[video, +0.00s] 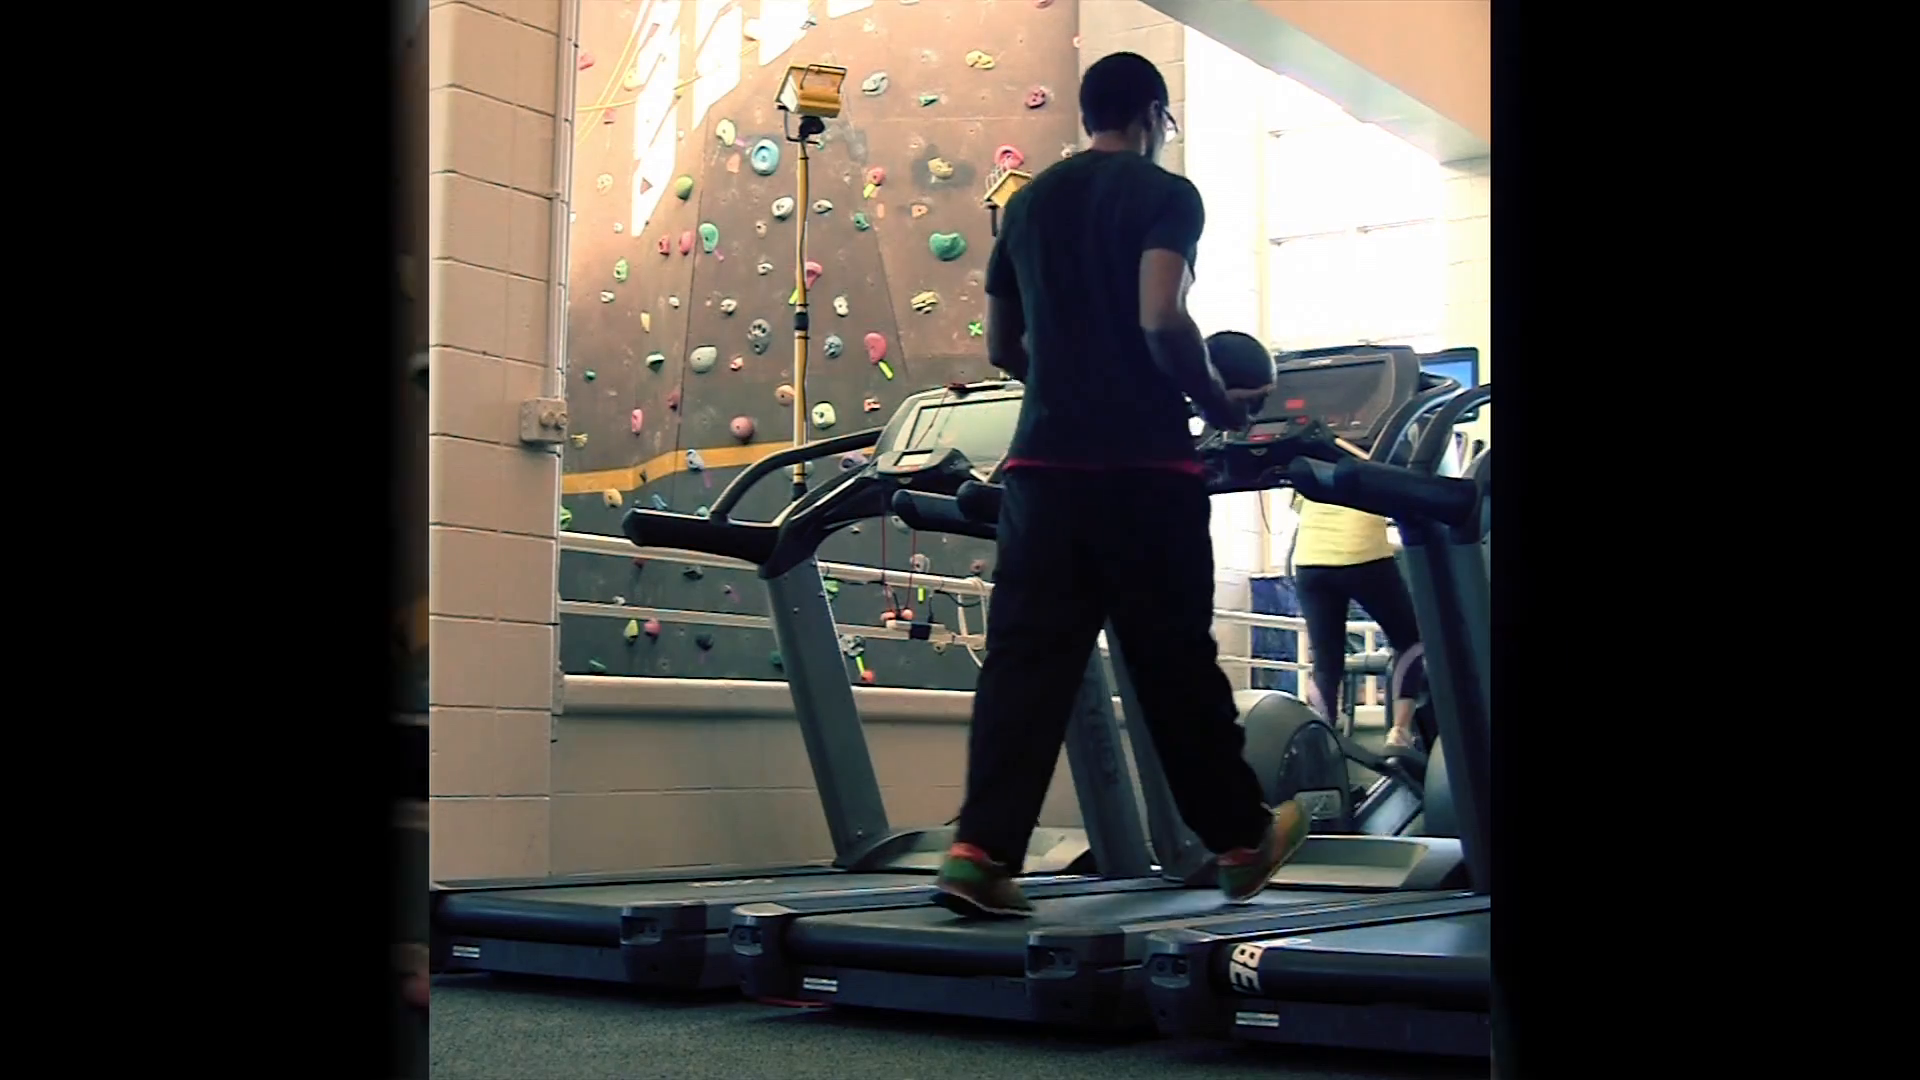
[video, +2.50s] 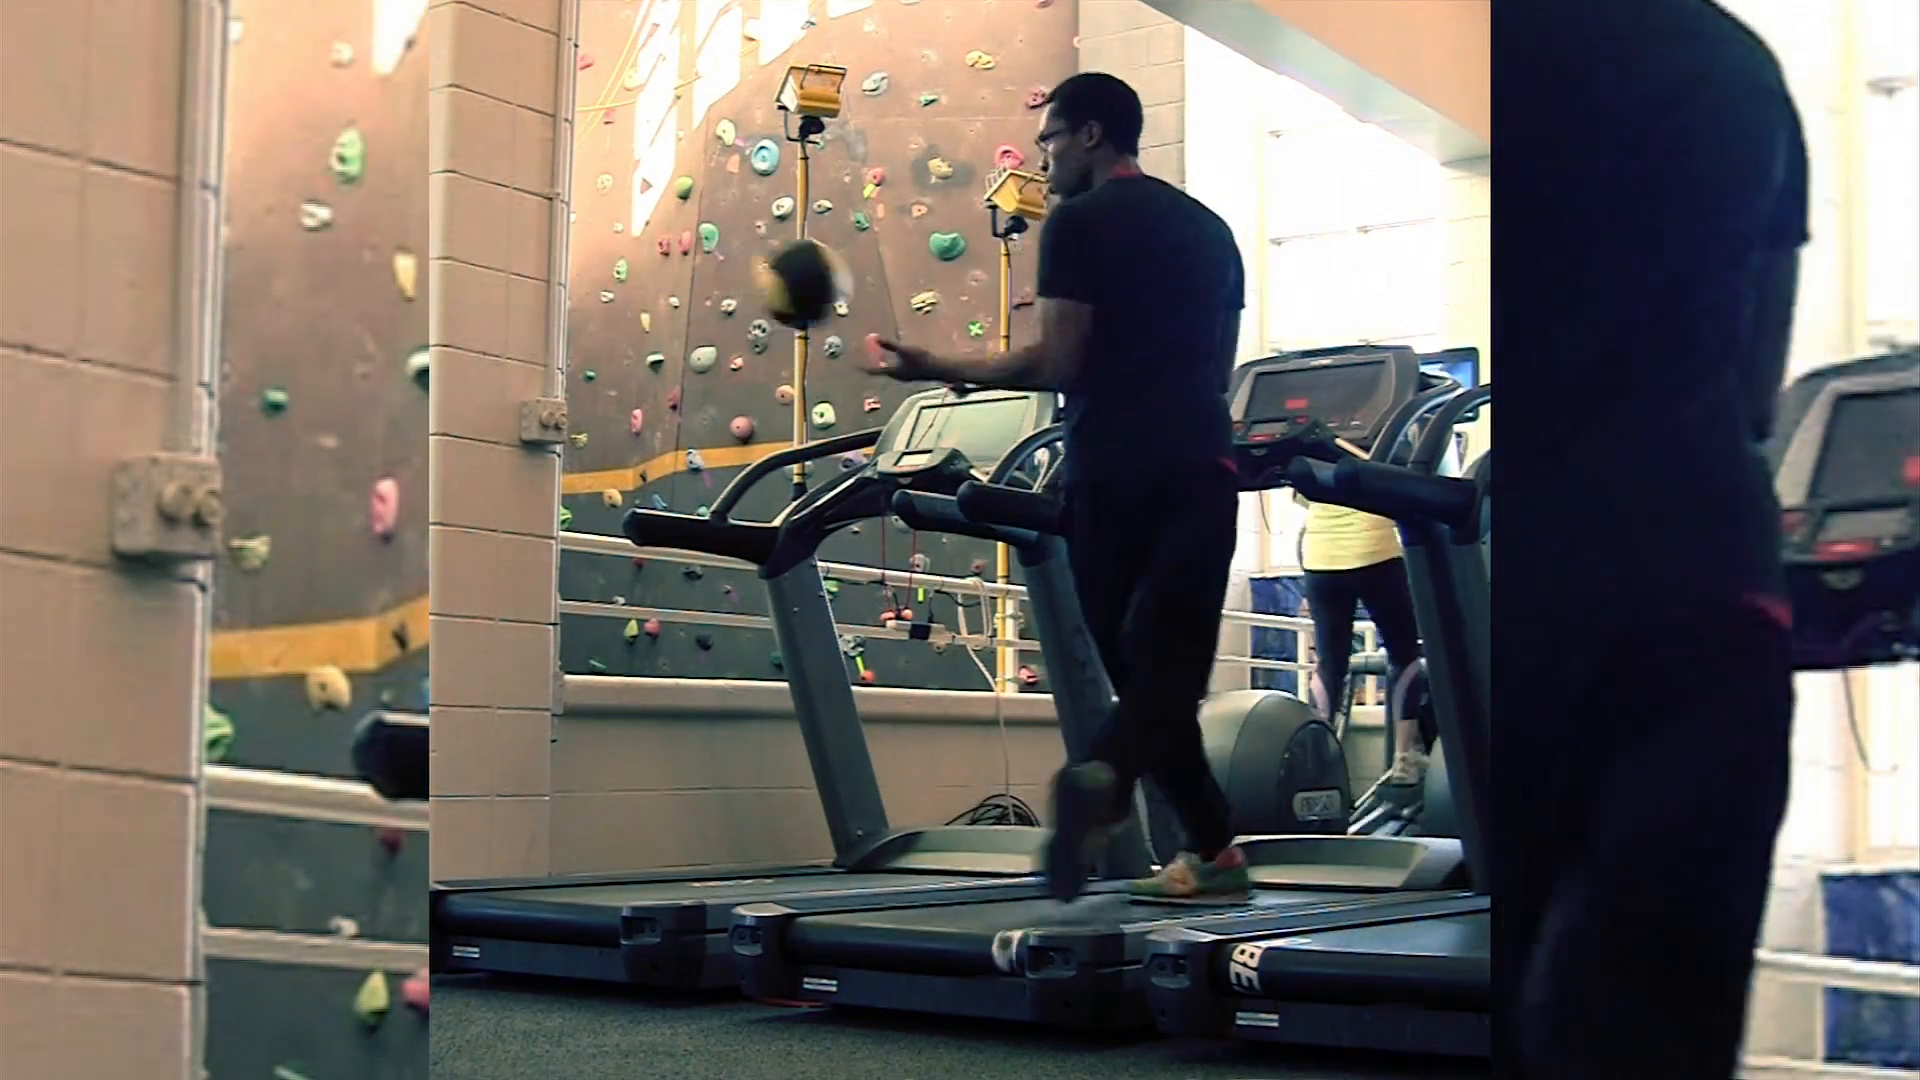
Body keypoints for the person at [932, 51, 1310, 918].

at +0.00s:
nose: (1169, 133)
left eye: (1164, 123)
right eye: (1168, 122)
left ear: (1085, 118)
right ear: (1154, 117)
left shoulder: (1023, 202)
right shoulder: (1166, 192)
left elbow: (1005, 347)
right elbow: (1160, 319)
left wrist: (1078, 382)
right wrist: (1218, 400)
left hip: (1043, 475)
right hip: (1146, 475)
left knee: (1022, 661)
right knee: (1175, 659)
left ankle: (980, 852)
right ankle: (1241, 841)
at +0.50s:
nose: (1162, 132)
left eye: (1161, 121)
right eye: (1161, 118)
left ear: (1081, 112)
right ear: (1143, 111)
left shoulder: (1020, 197)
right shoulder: (1165, 182)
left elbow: (977, 338)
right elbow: (1197, 331)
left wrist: (947, 464)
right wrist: (1240, 388)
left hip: (1053, 450)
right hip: (1136, 445)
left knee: (1110, 643)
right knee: (1086, 645)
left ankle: (1132, 849)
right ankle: (1032, 859)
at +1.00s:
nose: (1234, 150)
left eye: (1237, 138)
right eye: (1220, 132)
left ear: (1169, 142)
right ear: (1167, 131)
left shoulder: (1101, 205)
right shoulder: (1170, 189)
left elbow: (978, 270)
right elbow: (1079, 235)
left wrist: (964, 366)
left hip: (1052, 475)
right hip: (1133, 474)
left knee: (1029, 654)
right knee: (1204, 647)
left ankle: (942, 848)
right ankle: (1189, 853)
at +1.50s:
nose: (1107, 4)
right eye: (1097, 0)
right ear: (1090, 3)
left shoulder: (1222, 52)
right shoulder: (1057, 60)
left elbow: (1318, 122)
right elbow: (988, 165)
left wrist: (1370, 115)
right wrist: (970, 221)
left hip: (1174, 329)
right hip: (1071, 309)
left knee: (1167, 531)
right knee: (1023, 433)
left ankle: (1192, 718)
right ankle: (1004, 626)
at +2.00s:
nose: (1032, 128)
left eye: (1037, 109)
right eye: (1031, 112)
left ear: (1073, 100)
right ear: (1117, 103)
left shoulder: (1094, 190)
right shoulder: (1190, 191)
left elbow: (1065, 342)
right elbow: (1252, 316)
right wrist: (1181, 371)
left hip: (1111, 448)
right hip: (1193, 447)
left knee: (1048, 628)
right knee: (1182, 631)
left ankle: (1034, 859)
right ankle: (1214, 845)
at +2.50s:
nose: (1042, 158)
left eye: (1050, 141)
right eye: (1042, 142)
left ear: (1093, 136)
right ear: (1124, 141)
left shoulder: (1078, 220)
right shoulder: (1213, 230)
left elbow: (1055, 362)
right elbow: (1213, 378)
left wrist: (930, 364)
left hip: (1110, 469)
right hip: (1201, 470)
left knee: (1138, 663)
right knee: (1176, 658)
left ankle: (1215, 850)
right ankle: (1099, 782)